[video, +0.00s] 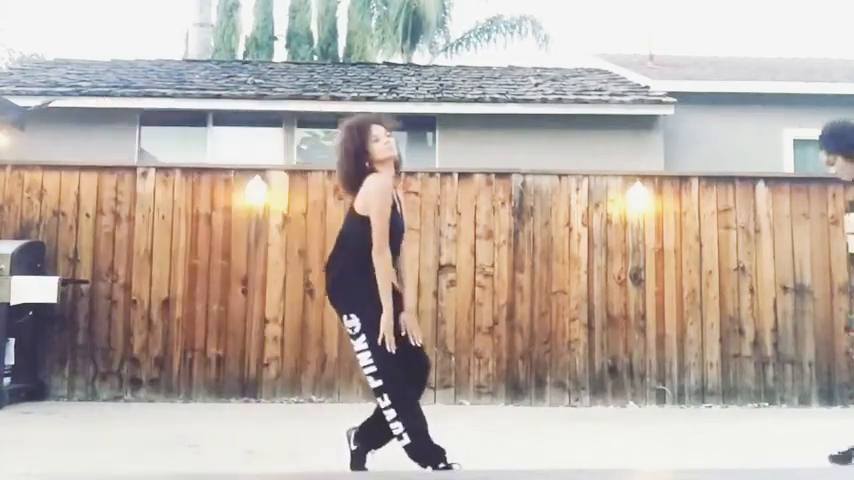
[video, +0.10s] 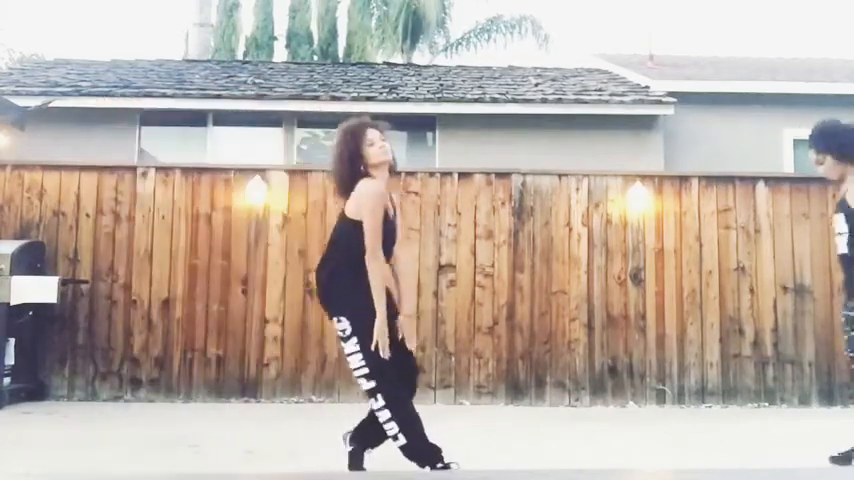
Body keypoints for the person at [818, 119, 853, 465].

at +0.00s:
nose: (831, 169)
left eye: (832, 161)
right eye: (828, 162)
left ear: (847, 155)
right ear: (843, 157)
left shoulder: (851, 196)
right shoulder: (849, 196)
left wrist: (849, 231)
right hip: (851, 298)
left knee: (851, 366)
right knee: (851, 364)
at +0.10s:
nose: (817, 166)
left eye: (820, 159)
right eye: (816, 159)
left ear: (840, 154)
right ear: (836, 156)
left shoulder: (849, 199)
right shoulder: (842, 198)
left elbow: (848, 268)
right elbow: (847, 266)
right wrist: (848, 324)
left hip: (851, 305)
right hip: (849, 303)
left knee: (852, 371)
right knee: (851, 369)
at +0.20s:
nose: (806, 167)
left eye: (808, 159)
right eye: (804, 161)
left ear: (826, 153)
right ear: (825, 155)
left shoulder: (847, 185)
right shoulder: (833, 187)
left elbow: (849, 248)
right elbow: (838, 247)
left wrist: (851, 296)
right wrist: (839, 294)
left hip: (849, 295)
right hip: (840, 294)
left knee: (851, 363)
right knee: (850, 362)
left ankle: (853, 446)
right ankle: (853, 445)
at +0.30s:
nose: (789, 166)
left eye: (792, 158)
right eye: (789, 159)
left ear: (811, 156)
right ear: (807, 156)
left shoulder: (839, 183)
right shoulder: (815, 190)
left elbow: (851, 246)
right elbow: (825, 249)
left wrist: (850, 297)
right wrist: (826, 298)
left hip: (845, 302)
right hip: (832, 302)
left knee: (840, 366)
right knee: (839, 368)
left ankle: (852, 446)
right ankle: (851, 445)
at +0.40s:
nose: (772, 165)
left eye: (777, 157)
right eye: (771, 157)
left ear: (798, 155)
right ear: (789, 158)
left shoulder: (828, 185)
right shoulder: (793, 194)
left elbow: (851, 236)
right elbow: (798, 255)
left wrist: (850, 290)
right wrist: (786, 300)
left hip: (835, 295)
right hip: (816, 297)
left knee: (817, 360)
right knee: (843, 366)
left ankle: (847, 435)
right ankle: (847, 439)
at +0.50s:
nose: (756, 161)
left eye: (762, 154)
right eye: (754, 155)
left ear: (785, 154)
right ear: (757, 158)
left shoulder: (813, 186)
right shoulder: (763, 196)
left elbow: (832, 235)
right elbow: (756, 256)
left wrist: (843, 276)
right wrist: (735, 307)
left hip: (819, 296)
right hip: (791, 301)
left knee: (793, 360)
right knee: (828, 374)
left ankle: (798, 448)